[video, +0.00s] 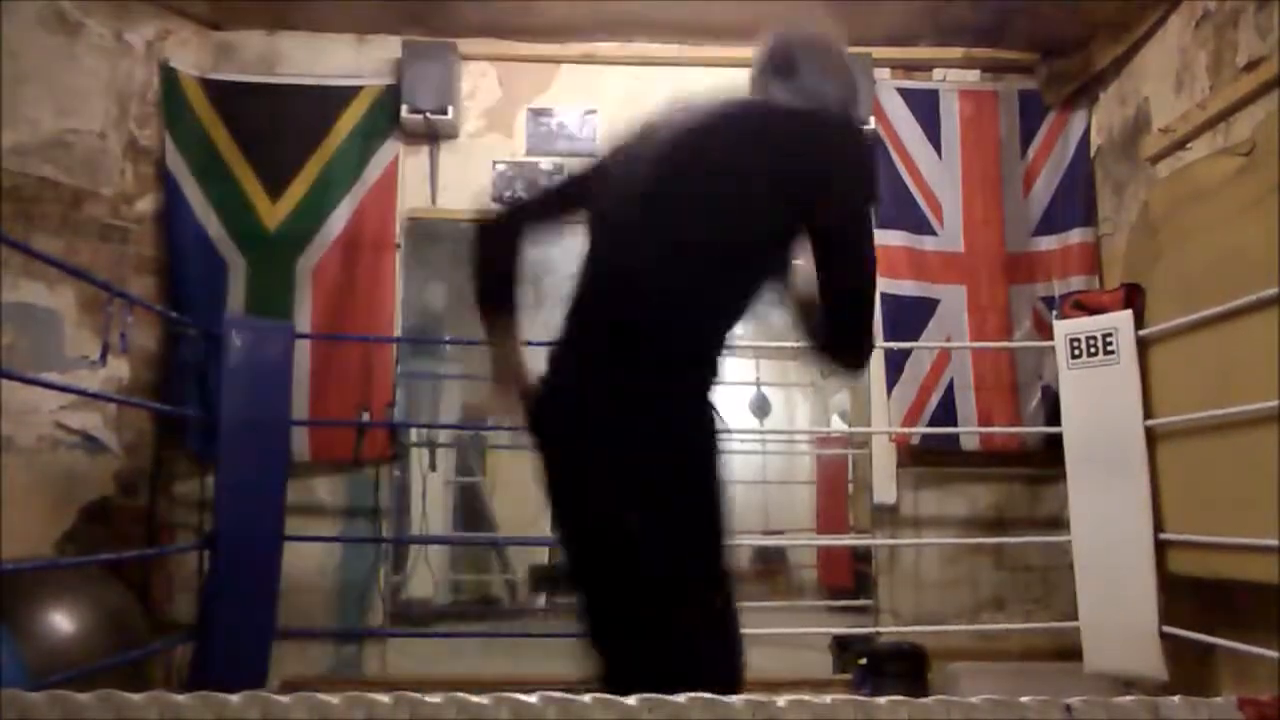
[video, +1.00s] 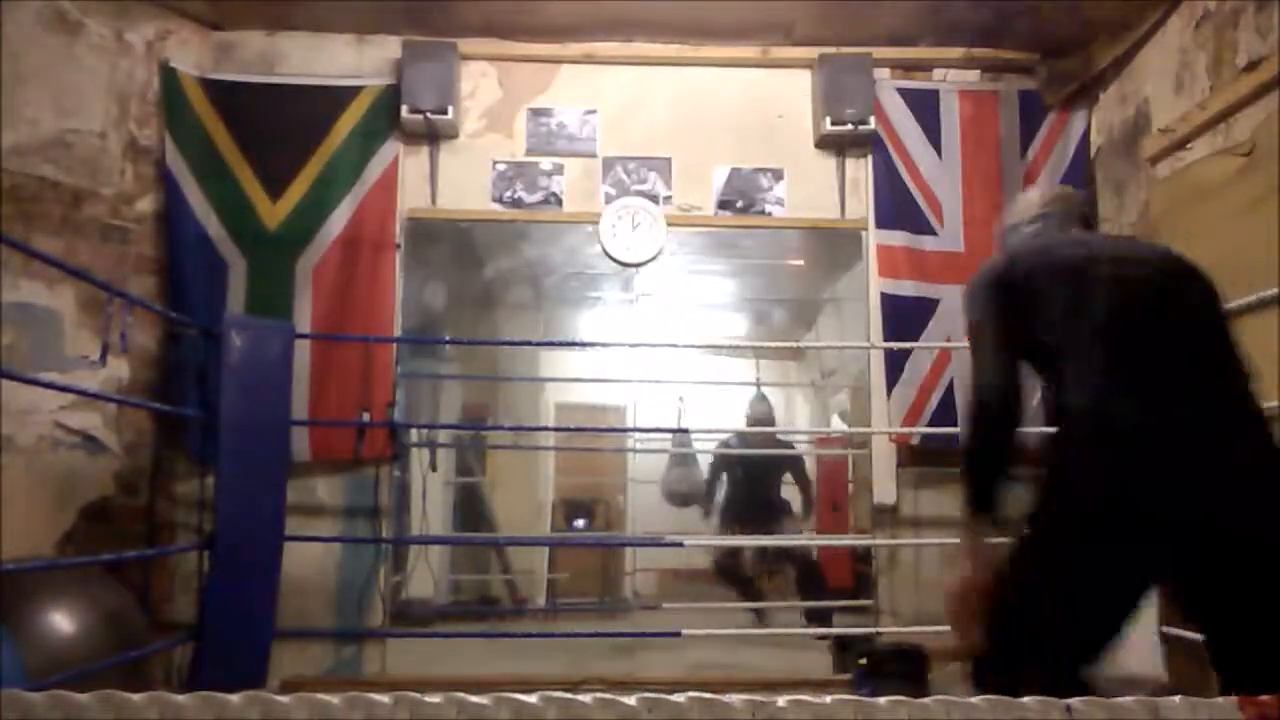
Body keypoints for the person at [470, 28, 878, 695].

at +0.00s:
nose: (854, 120)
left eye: (852, 111)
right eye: (853, 108)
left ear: (763, 81)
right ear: (840, 93)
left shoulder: (673, 139)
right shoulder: (833, 144)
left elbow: (500, 228)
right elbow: (847, 343)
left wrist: (509, 370)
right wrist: (788, 277)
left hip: (568, 404)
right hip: (662, 411)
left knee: (629, 648)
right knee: (701, 654)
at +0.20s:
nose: (868, 170)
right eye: (865, 162)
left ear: (782, 161)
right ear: (858, 159)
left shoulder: (709, 209)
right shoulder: (877, 199)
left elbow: (665, 360)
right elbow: (871, 363)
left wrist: (624, 477)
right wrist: (824, 458)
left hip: (670, 464)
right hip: (776, 459)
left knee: (714, 685)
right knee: (879, 674)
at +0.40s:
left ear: (862, 118)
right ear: (927, 103)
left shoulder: (813, 162)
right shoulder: (959, 124)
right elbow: (1065, 120)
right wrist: (1115, 130)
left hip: (801, 389)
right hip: (925, 377)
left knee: (754, 581)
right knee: (1068, 546)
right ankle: (1092, 709)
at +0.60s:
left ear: (985, 104)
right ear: (1060, 90)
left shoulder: (935, 176)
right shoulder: (1092, 121)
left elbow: (955, 273)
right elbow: (1203, 98)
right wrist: (1266, 84)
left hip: (983, 407)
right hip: (1108, 398)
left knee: (918, 577)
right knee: (1200, 569)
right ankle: (1264, 682)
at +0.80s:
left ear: (1050, 223)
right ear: (1127, 208)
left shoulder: (1016, 285)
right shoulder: (1195, 243)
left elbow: (1031, 410)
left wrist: (1061, 476)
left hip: (1104, 502)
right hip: (1236, 483)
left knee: (1108, 670)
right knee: (1273, 651)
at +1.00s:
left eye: (1008, 237)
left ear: (1012, 233)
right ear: (1087, 224)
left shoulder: (1005, 275)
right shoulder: (1167, 264)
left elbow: (996, 403)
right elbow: (1234, 415)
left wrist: (977, 539)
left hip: (1111, 502)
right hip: (1232, 497)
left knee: (1017, 666)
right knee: (1264, 682)